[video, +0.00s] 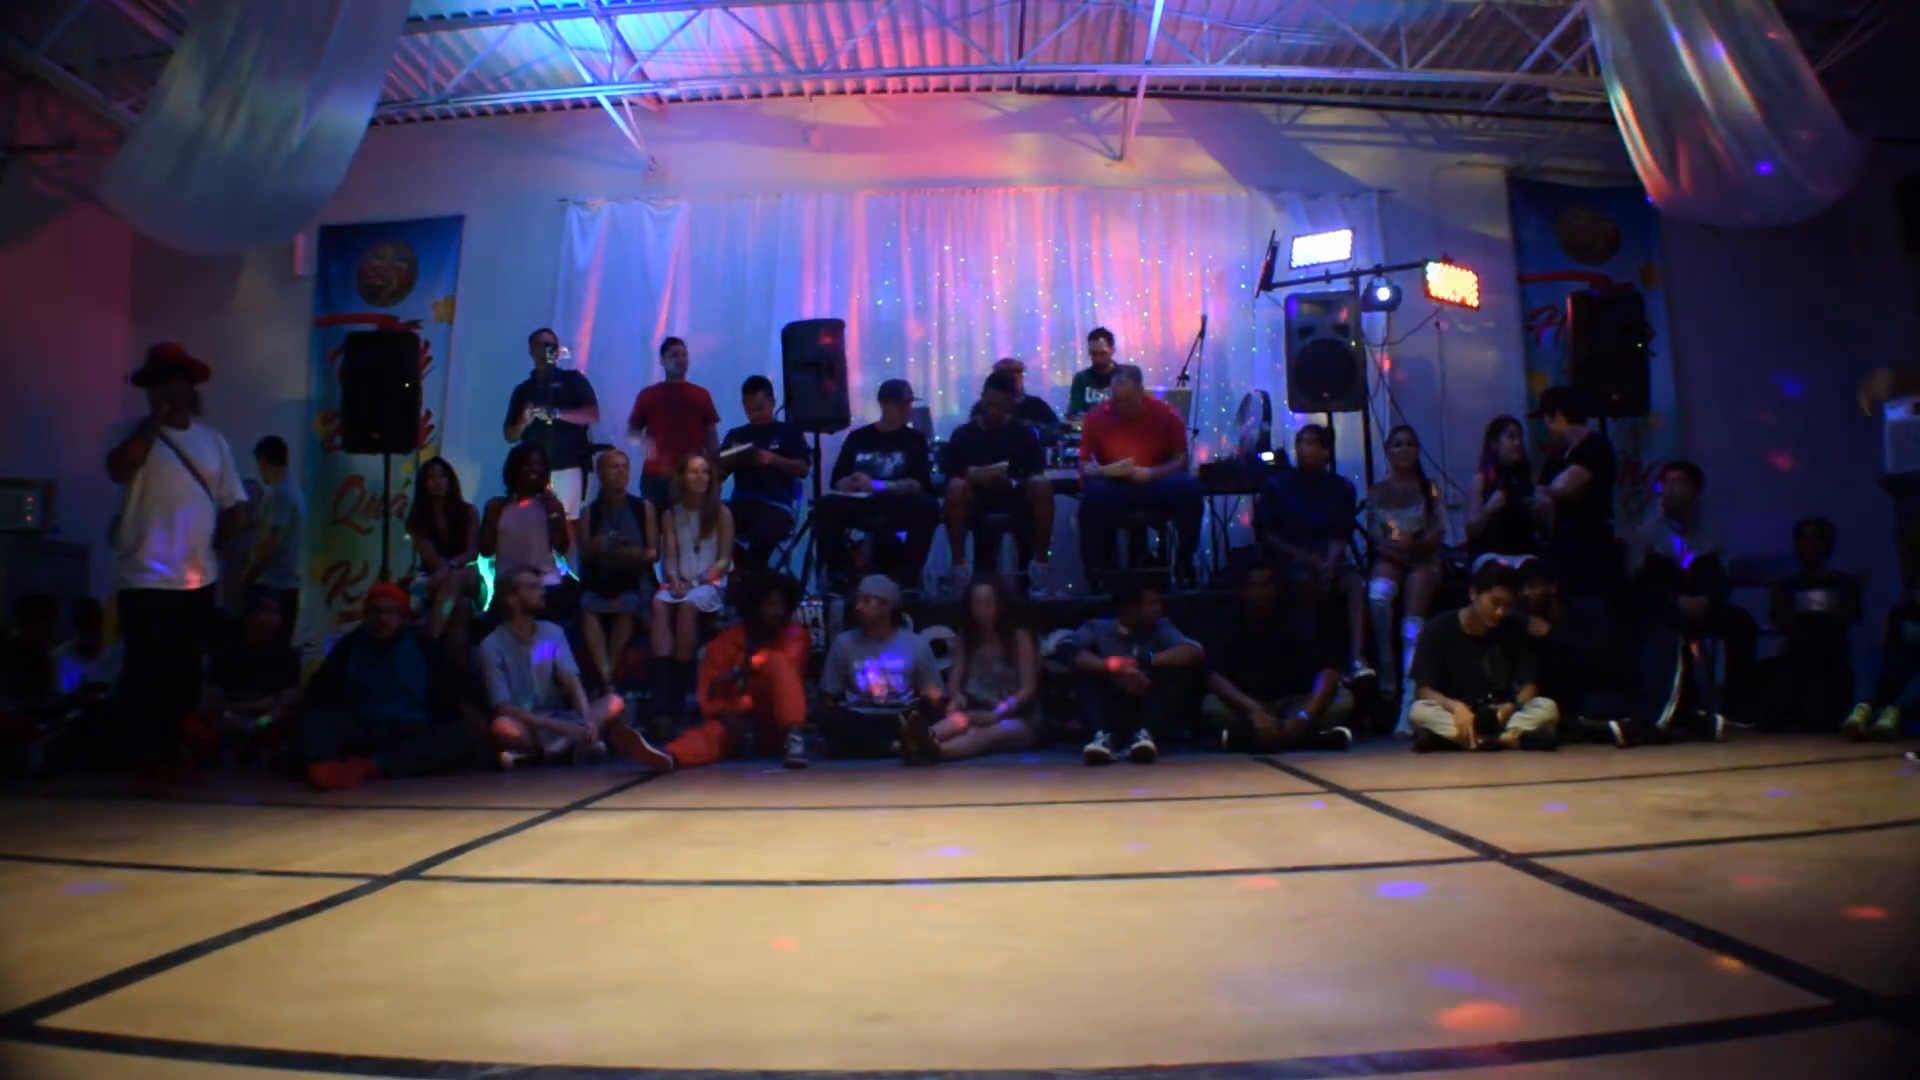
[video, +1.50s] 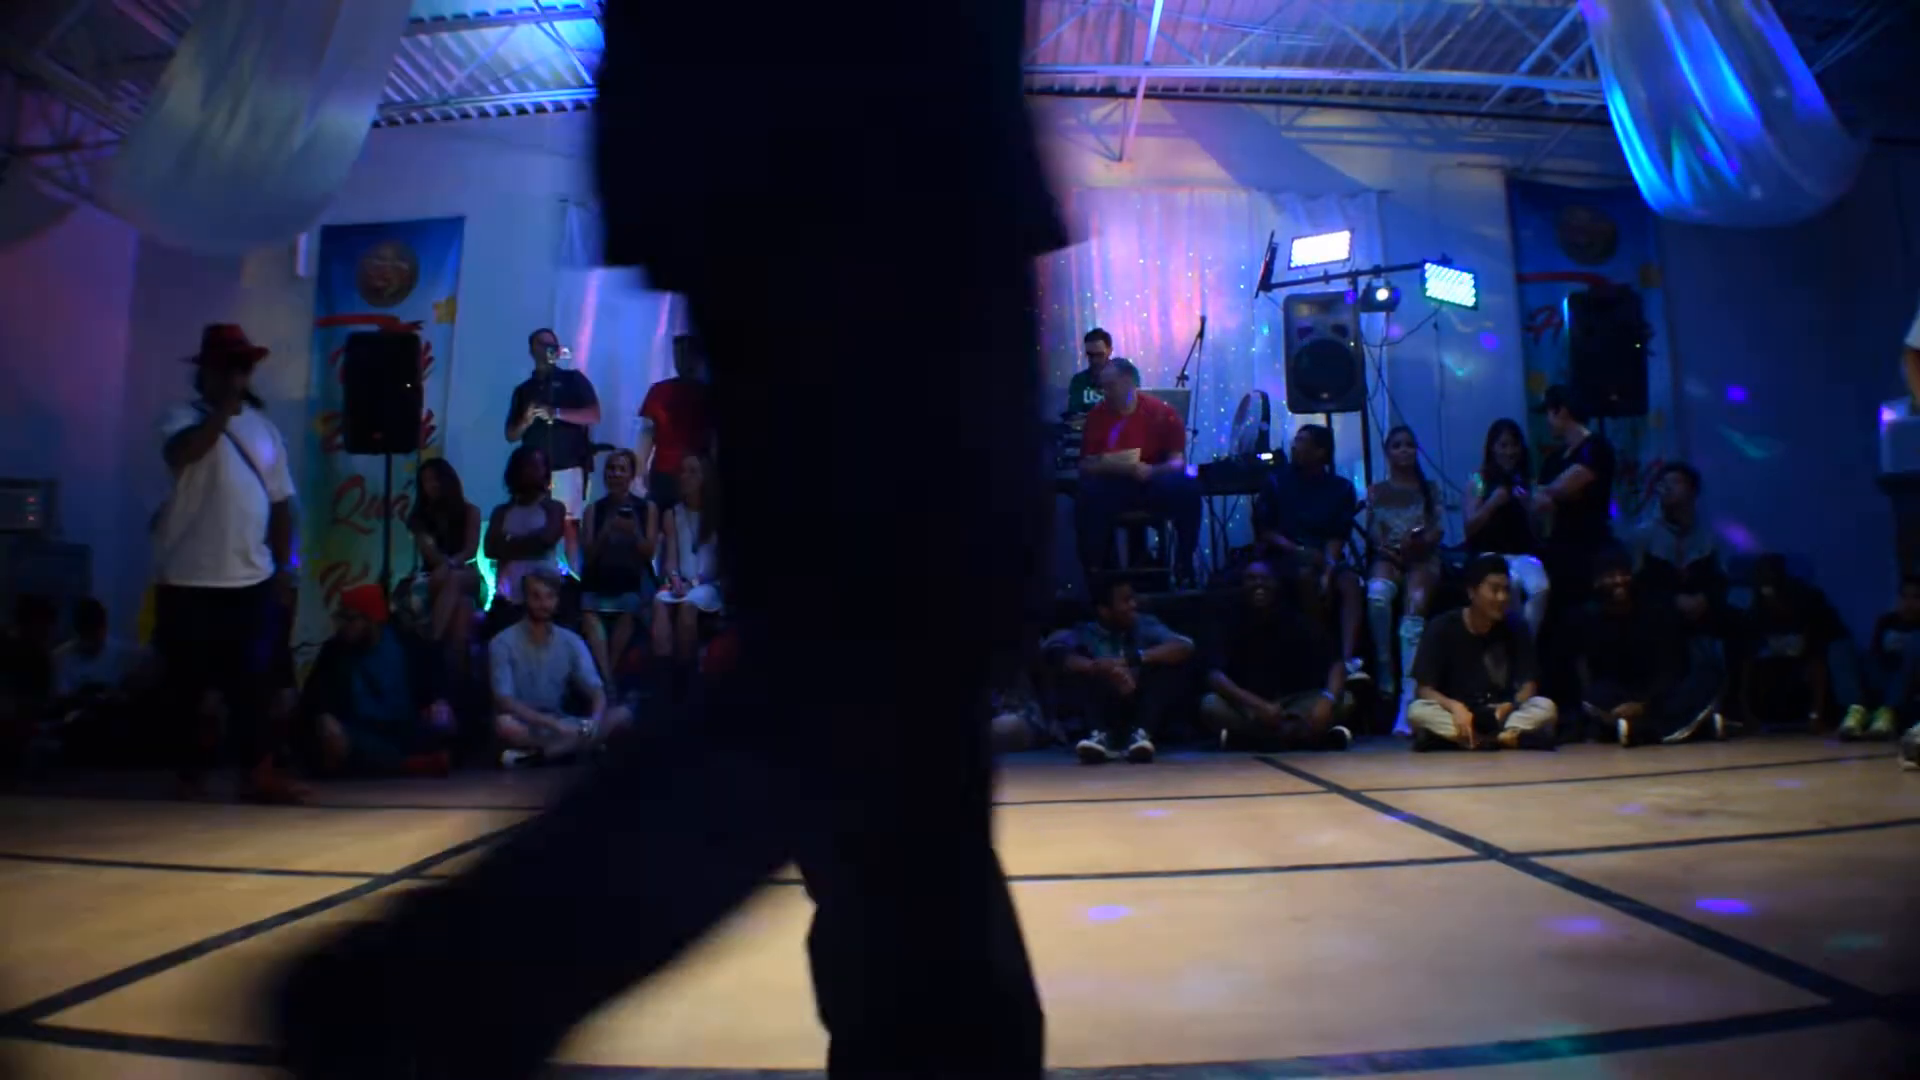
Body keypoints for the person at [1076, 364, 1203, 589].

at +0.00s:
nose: (1122, 405)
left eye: (1128, 399)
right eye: (1118, 399)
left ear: (1141, 392)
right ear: (1111, 394)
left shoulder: (1166, 415)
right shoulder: (1096, 418)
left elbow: (1180, 461)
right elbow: (1086, 464)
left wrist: (1151, 473)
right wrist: (1108, 471)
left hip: (1155, 484)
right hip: (1115, 484)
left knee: (1190, 490)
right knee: (1094, 495)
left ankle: (1185, 566)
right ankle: (1097, 574)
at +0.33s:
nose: (1120, 404)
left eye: (1126, 398)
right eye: (1116, 398)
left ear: (1139, 392)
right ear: (1111, 392)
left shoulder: (1165, 415)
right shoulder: (1096, 416)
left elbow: (1180, 462)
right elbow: (1086, 460)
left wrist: (1150, 473)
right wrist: (1097, 470)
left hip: (1153, 482)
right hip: (1114, 482)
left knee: (1189, 493)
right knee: (1094, 497)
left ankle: (1184, 567)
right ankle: (1097, 574)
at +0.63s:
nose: (1122, 407)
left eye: (1128, 401)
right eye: (1118, 401)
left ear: (1140, 393)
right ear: (1111, 395)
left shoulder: (1166, 415)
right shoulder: (1096, 417)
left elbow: (1178, 465)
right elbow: (1086, 465)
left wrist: (1150, 473)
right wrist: (1110, 471)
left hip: (1154, 486)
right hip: (1115, 487)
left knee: (1190, 490)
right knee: (1095, 494)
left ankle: (1184, 569)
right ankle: (1098, 576)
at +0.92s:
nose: (1122, 405)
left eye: (1127, 399)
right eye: (1117, 399)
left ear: (1140, 392)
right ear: (1110, 394)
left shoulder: (1165, 414)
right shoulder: (1097, 416)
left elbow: (1180, 463)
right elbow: (1086, 464)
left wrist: (1150, 473)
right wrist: (1108, 471)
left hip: (1153, 483)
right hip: (1115, 483)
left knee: (1189, 491)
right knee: (1095, 494)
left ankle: (1184, 569)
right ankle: (1097, 574)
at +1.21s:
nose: (1114, 399)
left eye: (1119, 393)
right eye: (1110, 393)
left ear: (1137, 388)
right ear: (1107, 390)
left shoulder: (1165, 415)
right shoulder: (1097, 417)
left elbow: (1179, 463)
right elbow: (1085, 461)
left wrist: (1148, 472)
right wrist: (1099, 469)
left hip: (1153, 484)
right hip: (1115, 483)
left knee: (1189, 490)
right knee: (1093, 493)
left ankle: (1184, 569)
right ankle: (1097, 574)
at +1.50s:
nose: (1105, 392)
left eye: (1110, 385)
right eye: (1103, 386)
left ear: (1130, 382)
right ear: (1101, 387)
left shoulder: (1162, 413)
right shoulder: (1096, 417)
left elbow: (1178, 461)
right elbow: (1086, 464)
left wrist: (1152, 470)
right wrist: (1111, 466)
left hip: (1151, 482)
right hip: (1112, 483)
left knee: (1188, 489)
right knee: (1088, 496)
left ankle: (1184, 566)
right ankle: (1097, 572)